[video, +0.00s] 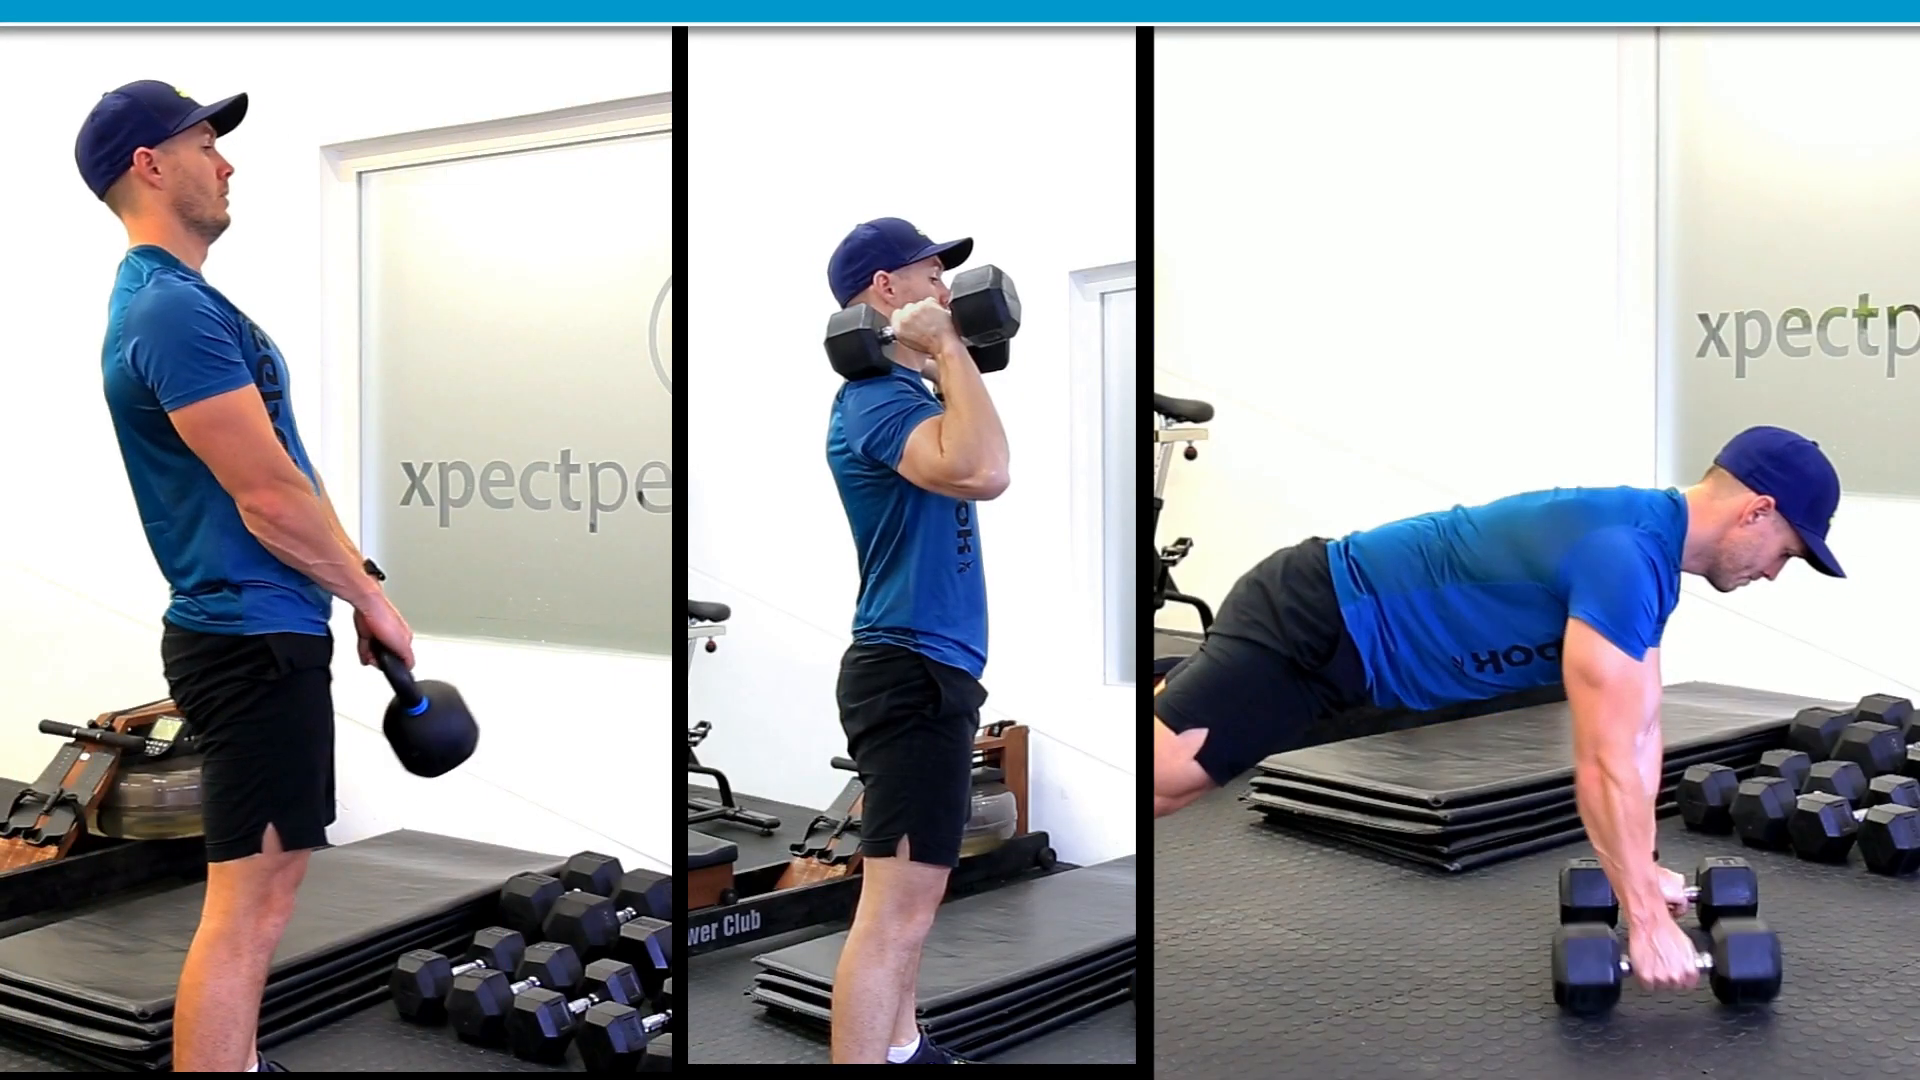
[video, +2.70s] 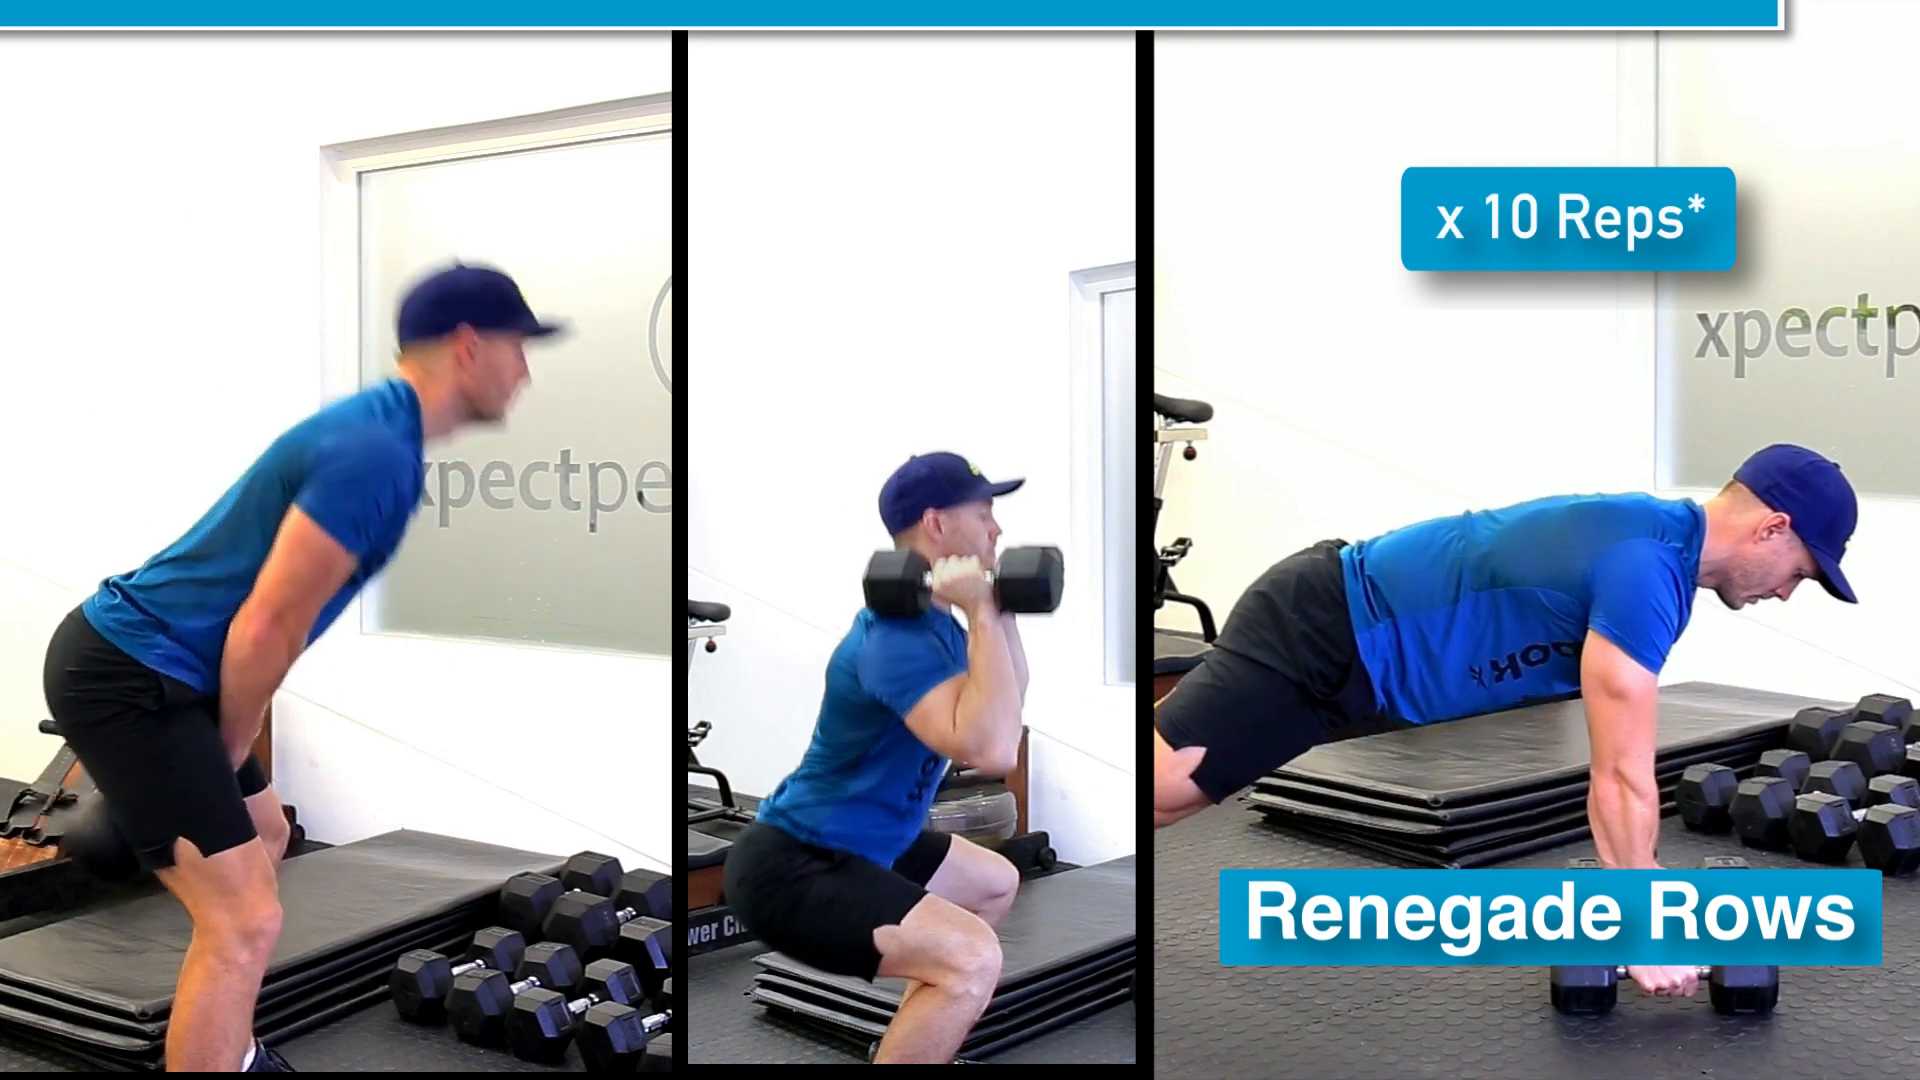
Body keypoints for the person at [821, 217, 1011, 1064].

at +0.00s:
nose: (947, 283)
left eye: (942, 270)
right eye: (933, 271)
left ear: (884, 291)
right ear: (886, 287)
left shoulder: (901, 397)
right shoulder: (871, 401)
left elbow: (986, 472)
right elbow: (977, 468)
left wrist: (948, 354)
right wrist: (946, 347)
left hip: (934, 675)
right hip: (908, 675)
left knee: (912, 903)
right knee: (895, 914)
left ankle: (899, 1048)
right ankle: (862, 1063)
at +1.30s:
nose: (975, 374)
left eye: (974, 360)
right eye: (965, 360)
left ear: (912, 374)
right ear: (919, 369)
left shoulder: (916, 476)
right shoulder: (891, 482)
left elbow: (992, 548)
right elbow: (1003, 555)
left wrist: (973, 428)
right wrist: (967, 426)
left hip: (868, 742)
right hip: (820, 750)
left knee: (977, 871)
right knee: (950, 944)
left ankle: (913, 1034)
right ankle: (893, 1055)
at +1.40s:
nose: (976, 397)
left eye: (975, 383)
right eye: (967, 383)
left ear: (914, 393)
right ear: (921, 388)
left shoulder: (918, 494)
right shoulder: (891, 501)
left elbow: (984, 566)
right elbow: (1004, 575)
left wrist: (970, 444)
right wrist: (966, 445)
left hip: (868, 754)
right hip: (815, 763)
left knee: (979, 874)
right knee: (953, 948)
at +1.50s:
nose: (981, 434)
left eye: (980, 421)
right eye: (972, 420)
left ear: (921, 428)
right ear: (926, 424)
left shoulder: (926, 527)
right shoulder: (890, 536)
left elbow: (999, 608)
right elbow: (1005, 618)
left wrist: (976, 489)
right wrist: (970, 487)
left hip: (865, 779)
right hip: (805, 793)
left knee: (986, 878)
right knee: (960, 952)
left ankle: (915, 1034)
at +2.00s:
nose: (997, 527)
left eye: (993, 511)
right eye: (985, 511)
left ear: (939, 526)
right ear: (939, 524)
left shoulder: (938, 621)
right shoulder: (896, 633)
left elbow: (1006, 715)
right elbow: (1000, 741)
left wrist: (989, 597)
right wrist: (979, 601)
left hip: (852, 840)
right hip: (789, 864)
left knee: (993, 882)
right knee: (968, 956)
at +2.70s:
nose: (997, 528)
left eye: (991, 512)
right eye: (983, 511)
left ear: (938, 529)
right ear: (935, 526)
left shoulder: (938, 625)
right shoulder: (894, 636)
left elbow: (1004, 724)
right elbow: (990, 750)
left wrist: (997, 609)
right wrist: (984, 612)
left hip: (863, 840)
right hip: (794, 863)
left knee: (996, 882)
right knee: (971, 959)